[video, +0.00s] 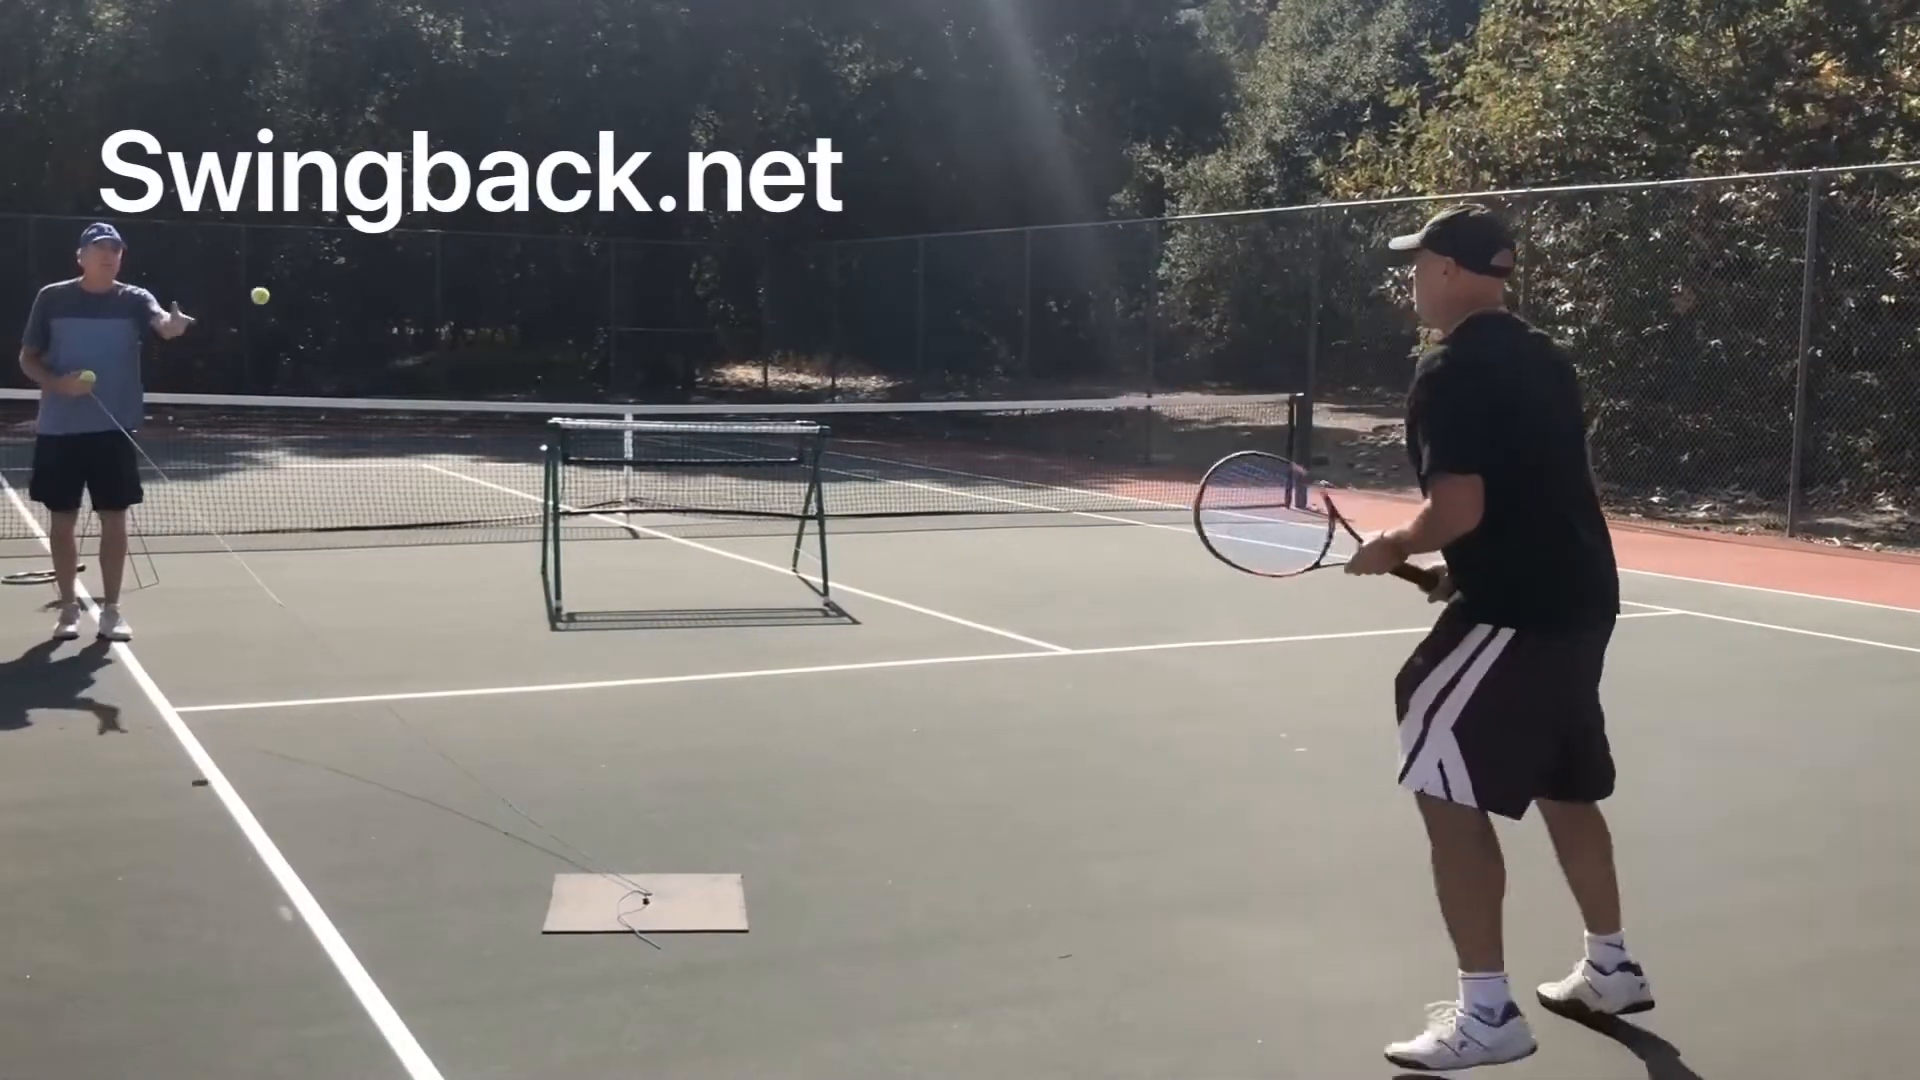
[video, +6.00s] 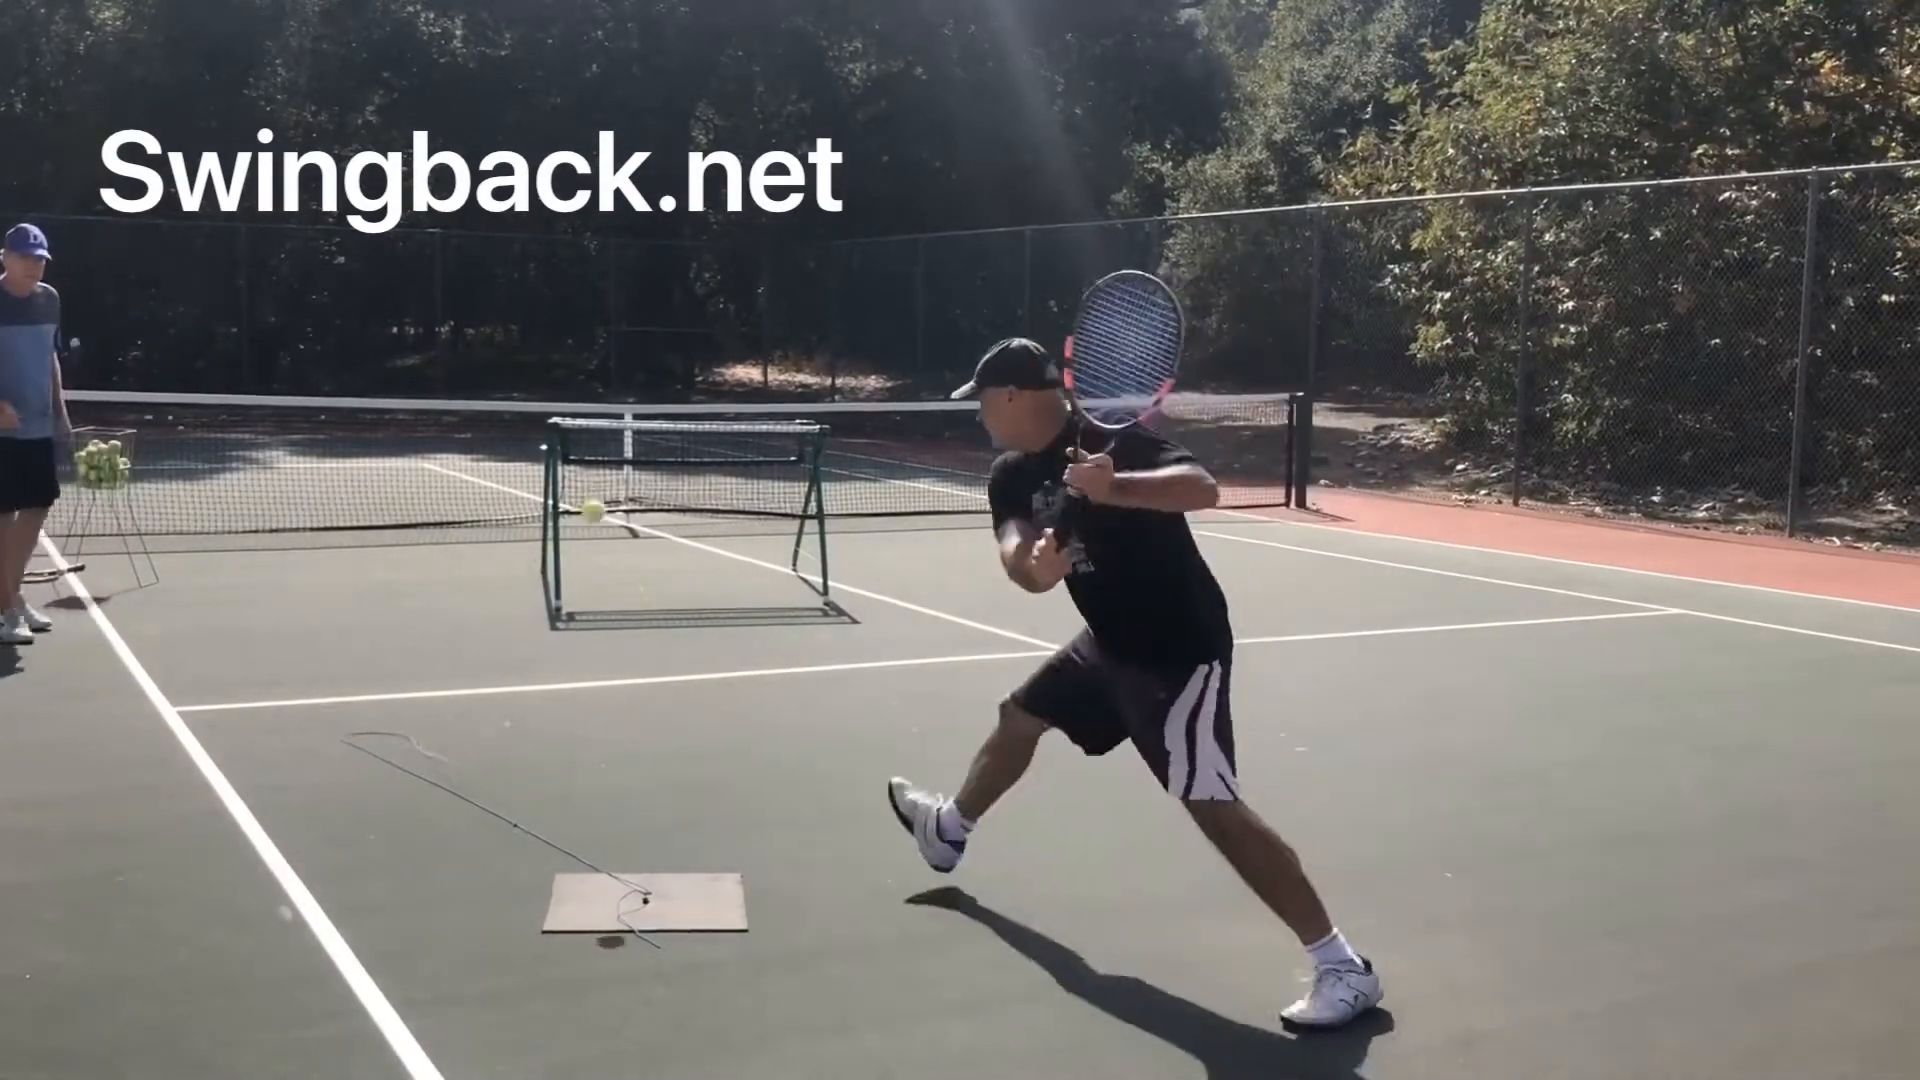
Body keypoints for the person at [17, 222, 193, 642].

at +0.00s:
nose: (108, 255)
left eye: (114, 248)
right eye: (100, 247)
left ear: (121, 256)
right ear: (81, 255)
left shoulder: (136, 298)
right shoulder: (51, 298)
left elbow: (161, 324)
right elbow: (27, 359)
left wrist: (173, 324)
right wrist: (57, 383)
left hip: (114, 432)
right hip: (60, 433)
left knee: (114, 520)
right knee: (62, 521)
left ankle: (111, 610)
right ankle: (69, 606)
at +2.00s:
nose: (101, 271)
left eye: (106, 263)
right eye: (93, 262)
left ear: (113, 266)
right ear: (72, 263)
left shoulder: (126, 311)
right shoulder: (41, 304)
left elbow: (134, 371)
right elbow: (15, 361)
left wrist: (141, 429)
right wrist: (49, 394)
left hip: (105, 438)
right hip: (51, 438)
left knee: (110, 521)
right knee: (56, 523)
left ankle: (110, 609)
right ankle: (68, 605)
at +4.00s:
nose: (91, 267)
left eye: (97, 260)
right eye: (83, 259)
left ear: (106, 263)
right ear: (66, 259)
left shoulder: (121, 304)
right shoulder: (38, 303)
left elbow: (134, 364)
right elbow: (16, 363)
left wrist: (139, 417)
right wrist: (56, 393)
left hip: (108, 435)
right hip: (53, 437)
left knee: (110, 519)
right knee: (59, 521)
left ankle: (110, 609)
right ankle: (69, 607)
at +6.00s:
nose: (33, 266)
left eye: (39, 259)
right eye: (25, 257)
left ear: (44, 262)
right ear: (6, 258)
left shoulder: (48, 298)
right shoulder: (1, 297)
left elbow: (50, 357)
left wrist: (60, 413)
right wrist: (0, 405)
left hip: (40, 430)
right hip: (6, 431)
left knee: (38, 506)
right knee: (6, 515)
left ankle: (13, 596)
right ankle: (7, 608)